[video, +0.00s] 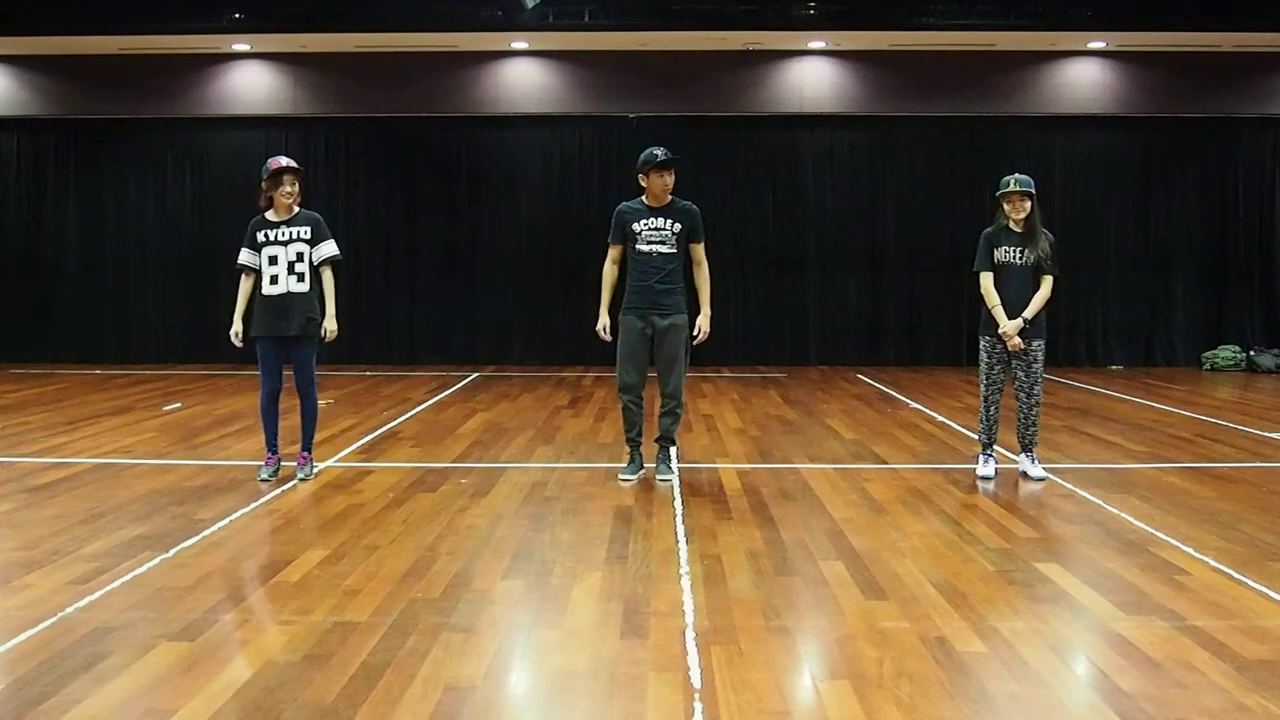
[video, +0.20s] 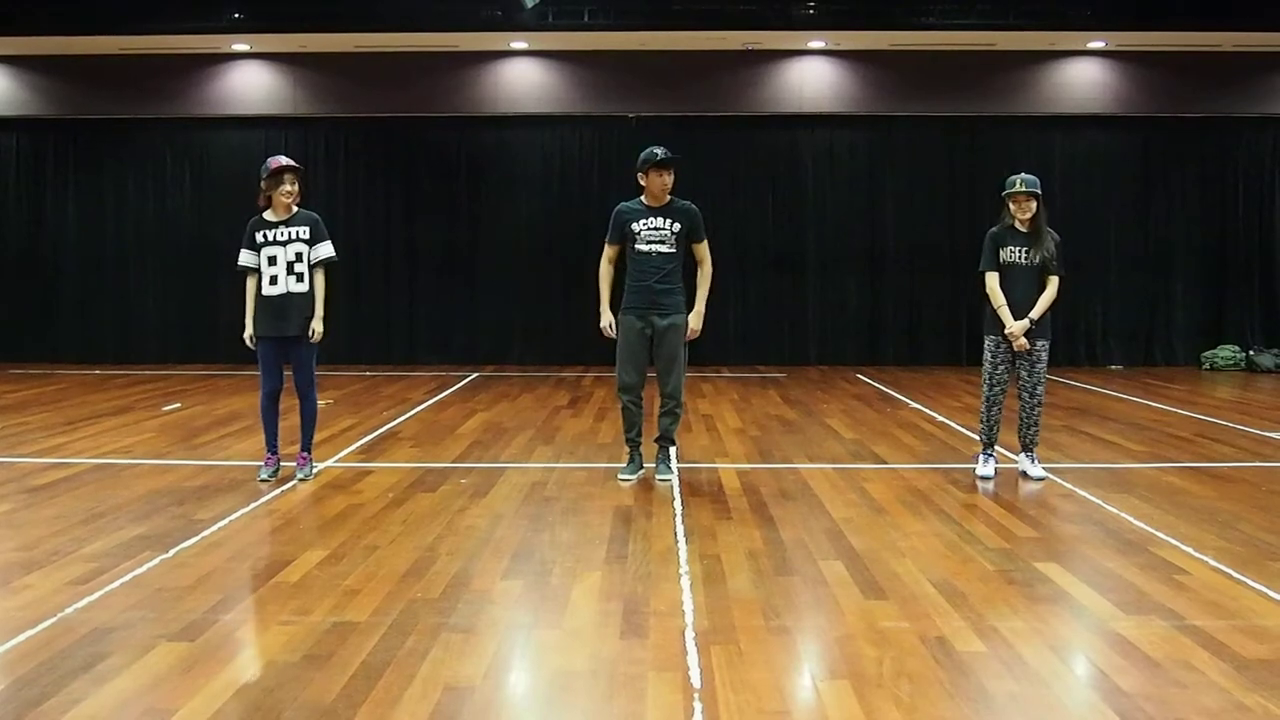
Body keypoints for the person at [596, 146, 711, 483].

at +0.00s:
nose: (667, 178)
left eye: (670, 172)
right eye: (660, 173)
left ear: (674, 176)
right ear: (643, 179)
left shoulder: (688, 213)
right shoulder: (625, 213)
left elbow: (699, 264)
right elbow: (612, 262)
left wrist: (705, 312)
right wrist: (604, 311)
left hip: (674, 315)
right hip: (633, 315)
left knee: (672, 389)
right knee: (629, 387)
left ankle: (667, 451)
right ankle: (633, 454)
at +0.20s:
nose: (666, 178)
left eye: (669, 172)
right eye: (659, 173)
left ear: (673, 176)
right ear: (642, 177)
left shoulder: (687, 213)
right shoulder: (624, 213)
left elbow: (704, 263)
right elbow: (608, 261)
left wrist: (698, 311)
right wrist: (605, 309)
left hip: (673, 316)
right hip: (632, 315)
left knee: (671, 390)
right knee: (628, 387)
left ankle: (666, 452)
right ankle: (633, 454)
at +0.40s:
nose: (657, 179)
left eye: (662, 173)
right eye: (650, 174)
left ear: (671, 176)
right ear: (639, 176)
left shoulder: (686, 214)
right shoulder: (624, 213)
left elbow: (695, 265)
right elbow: (611, 263)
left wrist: (698, 314)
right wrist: (605, 311)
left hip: (673, 315)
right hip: (632, 314)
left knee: (671, 389)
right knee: (628, 387)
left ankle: (667, 451)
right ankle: (633, 453)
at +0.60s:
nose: (647, 182)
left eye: (653, 176)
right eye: (642, 175)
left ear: (667, 177)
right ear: (635, 177)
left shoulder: (685, 214)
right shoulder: (623, 213)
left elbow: (696, 264)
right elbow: (610, 262)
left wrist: (698, 313)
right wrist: (605, 308)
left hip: (671, 314)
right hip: (630, 314)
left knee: (671, 389)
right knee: (628, 387)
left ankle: (666, 451)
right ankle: (633, 453)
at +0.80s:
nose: (646, 181)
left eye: (652, 174)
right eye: (641, 175)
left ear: (666, 176)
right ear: (634, 177)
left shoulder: (684, 213)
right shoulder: (622, 212)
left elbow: (705, 261)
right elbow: (601, 258)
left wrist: (702, 310)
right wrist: (600, 305)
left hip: (670, 315)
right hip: (630, 314)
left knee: (671, 389)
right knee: (627, 387)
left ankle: (666, 451)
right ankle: (633, 454)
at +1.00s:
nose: (646, 181)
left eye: (652, 174)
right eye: (640, 175)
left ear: (664, 176)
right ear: (633, 176)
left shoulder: (684, 212)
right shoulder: (619, 213)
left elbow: (698, 261)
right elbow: (597, 258)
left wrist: (700, 309)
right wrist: (594, 308)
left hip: (670, 314)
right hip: (629, 314)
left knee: (670, 388)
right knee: (627, 387)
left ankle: (665, 451)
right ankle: (633, 453)